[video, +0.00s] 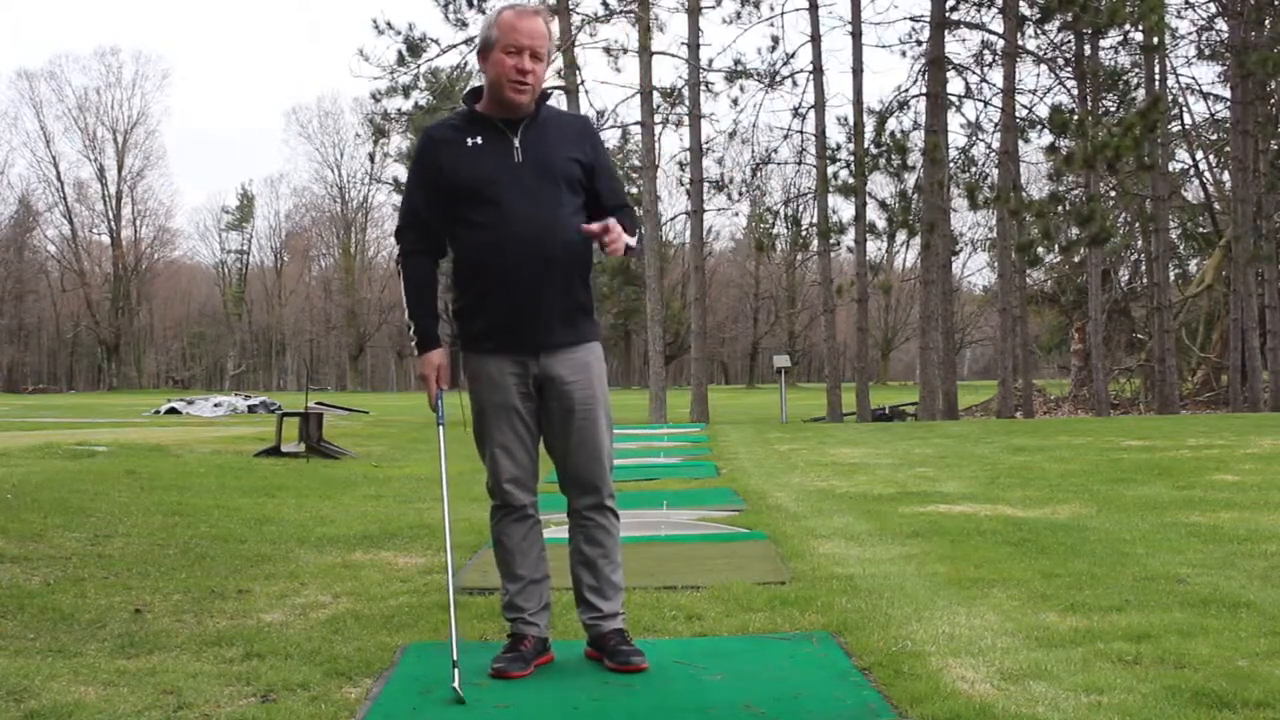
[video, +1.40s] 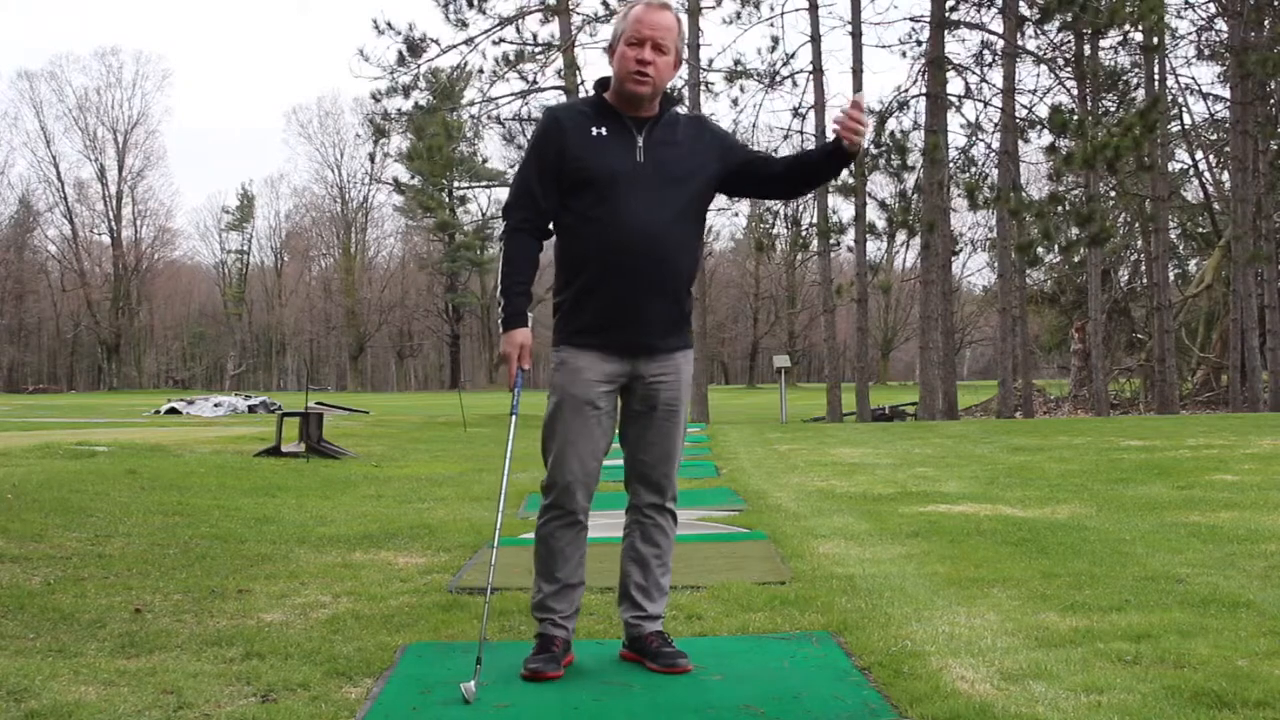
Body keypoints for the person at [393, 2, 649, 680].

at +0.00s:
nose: (526, 67)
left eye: (537, 56)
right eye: (513, 53)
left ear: (548, 64)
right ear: (484, 58)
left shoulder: (576, 133)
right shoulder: (442, 143)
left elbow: (621, 216)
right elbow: (417, 245)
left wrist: (619, 232)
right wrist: (428, 342)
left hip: (572, 338)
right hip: (488, 344)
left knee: (593, 492)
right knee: (511, 496)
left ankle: (607, 628)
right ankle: (528, 632)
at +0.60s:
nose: (554, 59)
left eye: (567, 50)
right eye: (542, 46)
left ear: (581, 65)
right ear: (515, 54)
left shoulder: (607, 135)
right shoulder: (471, 137)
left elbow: (680, 191)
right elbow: (438, 237)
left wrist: (660, 154)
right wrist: (443, 334)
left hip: (595, 341)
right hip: (513, 346)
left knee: (620, 489)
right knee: (523, 495)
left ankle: (643, 629)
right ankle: (529, 632)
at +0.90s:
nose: (597, 57)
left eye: (611, 50)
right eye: (587, 43)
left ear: (623, 66)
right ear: (559, 50)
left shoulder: (649, 137)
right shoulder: (510, 132)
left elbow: (720, 181)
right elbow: (473, 234)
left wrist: (741, 140)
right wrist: (476, 328)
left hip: (629, 344)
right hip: (545, 345)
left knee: (636, 494)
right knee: (539, 495)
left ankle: (644, 628)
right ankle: (530, 630)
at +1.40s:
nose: (643, 56)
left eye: (658, 48)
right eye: (634, 44)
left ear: (676, 65)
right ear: (611, 53)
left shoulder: (701, 140)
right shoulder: (564, 129)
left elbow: (776, 179)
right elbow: (523, 227)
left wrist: (840, 149)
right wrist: (515, 319)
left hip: (666, 347)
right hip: (583, 343)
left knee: (655, 496)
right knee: (566, 494)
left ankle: (645, 629)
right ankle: (553, 632)